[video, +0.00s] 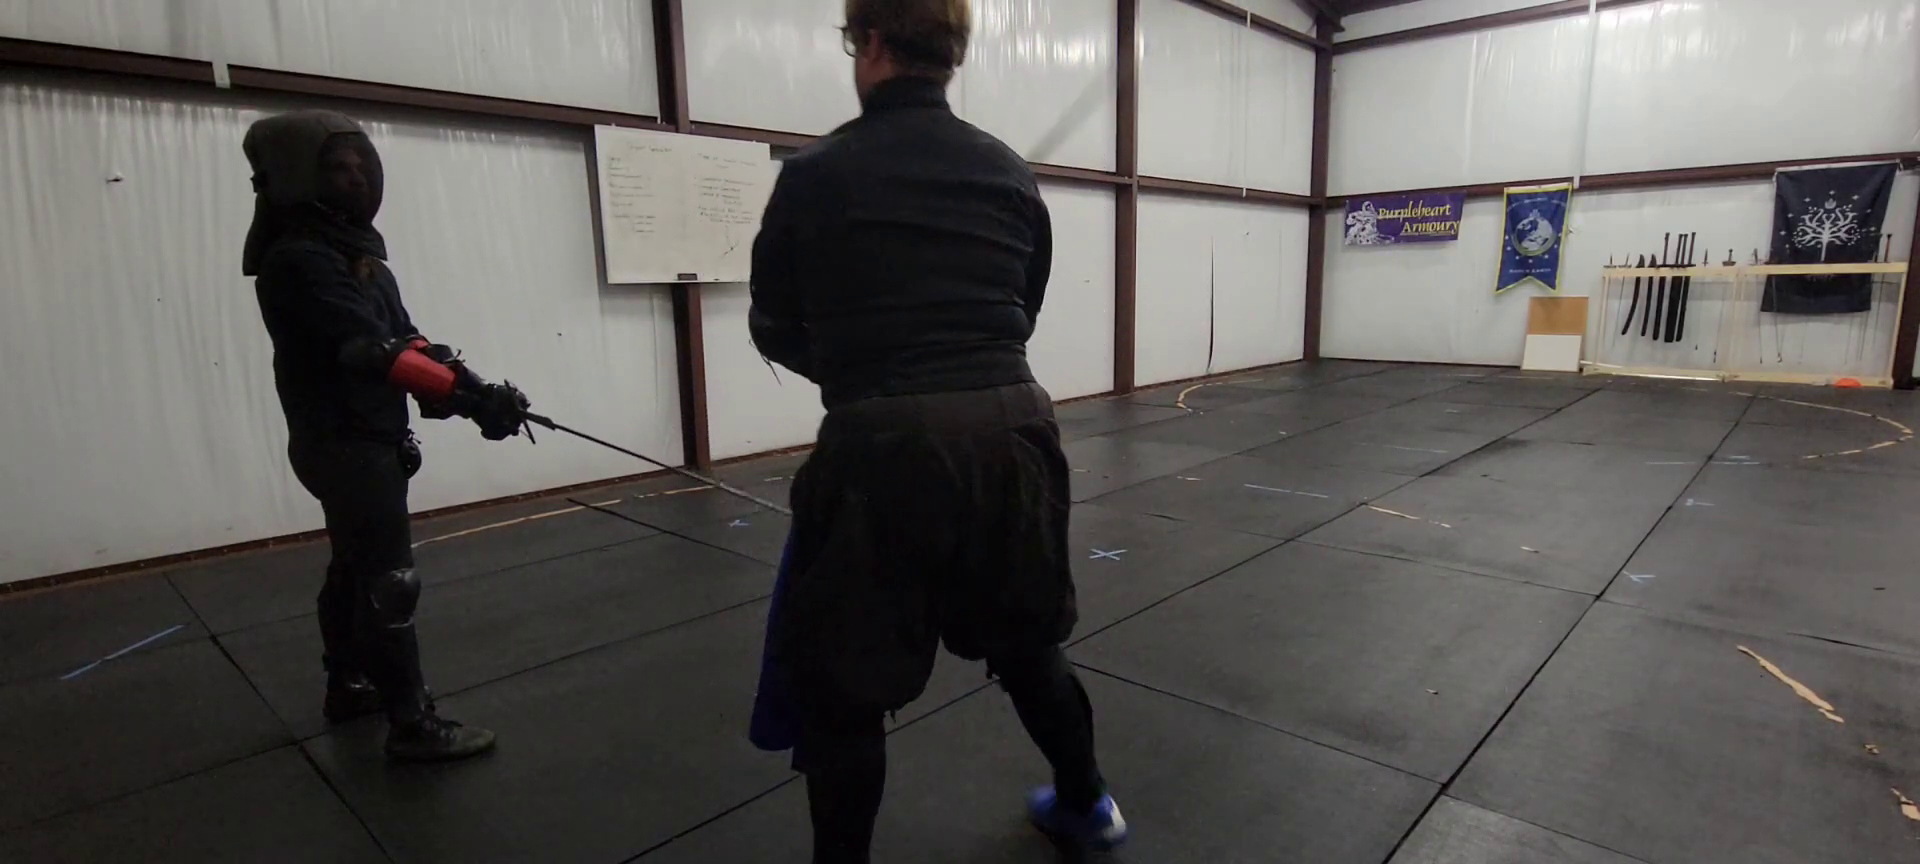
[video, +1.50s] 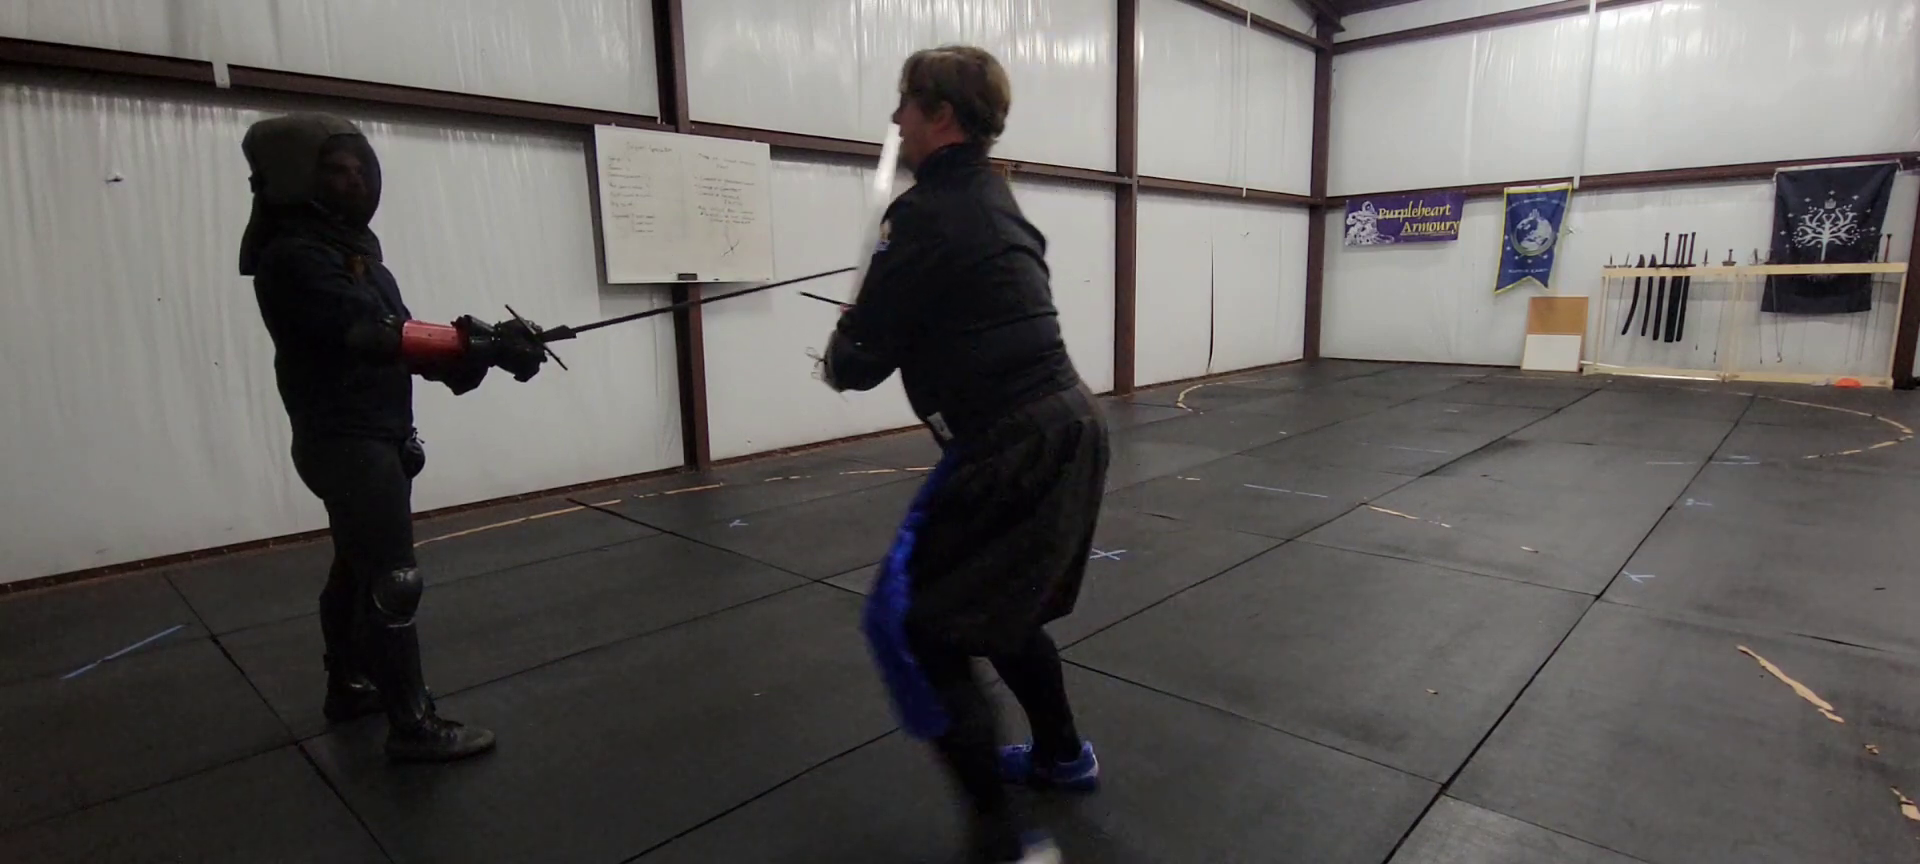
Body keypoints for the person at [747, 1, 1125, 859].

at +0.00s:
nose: (853, 65)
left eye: (854, 46)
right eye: (856, 47)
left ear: (874, 47)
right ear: (953, 54)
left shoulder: (816, 170)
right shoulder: (1004, 164)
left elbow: (774, 326)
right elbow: (1022, 308)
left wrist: (861, 363)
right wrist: (958, 357)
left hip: (875, 445)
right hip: (1007, 432)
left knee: (843, 692)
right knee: (1028, 640)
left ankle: (841, 852)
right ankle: (1087, 803)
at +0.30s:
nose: (944, 65)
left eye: (954, 51)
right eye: (949, 50)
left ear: (989, 63)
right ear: (1022, 71)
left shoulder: (956, 174)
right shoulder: (1062, 170)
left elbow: (892, 304)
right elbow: (1019, 294)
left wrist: (875, 351)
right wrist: (904, 320)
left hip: (998, 429)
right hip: (1092, 412)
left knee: (947, 644)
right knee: (1058, 606)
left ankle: (937, 843)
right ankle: (1076, 782)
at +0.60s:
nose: (987, 70)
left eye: (998, 56)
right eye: (992, 55)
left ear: (1036, 66)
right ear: (1046, 69)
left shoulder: (1044, 171)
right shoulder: (1066, 156)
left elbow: (991, 308)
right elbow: (1007, 292)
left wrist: (928, 366)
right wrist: (921, 336)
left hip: (1099, 425)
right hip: (1096, 415)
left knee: (1124, 634)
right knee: (1064, 609)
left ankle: (1245, 822)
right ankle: (1073, 783)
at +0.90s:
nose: (1022, 95)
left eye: (1030, 80)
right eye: (1025, 78)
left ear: (1070, 87)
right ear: (1090, 90)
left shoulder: (1087, 193)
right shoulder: (1107, 176)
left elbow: (1051, 353)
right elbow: (1043, 318)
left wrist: (973, 375)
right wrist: (943, 346)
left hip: (1159, 449)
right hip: (1144, 436)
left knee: (1195, 657)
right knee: (1047, 575)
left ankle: (1289, 837)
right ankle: (1081, 758)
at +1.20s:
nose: (982, 105)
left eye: (993, 90)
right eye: (987, 89)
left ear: (1033, 101)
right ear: (1053, 104)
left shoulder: (1017, 204)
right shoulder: (1085, 185)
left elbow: (956, 357)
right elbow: (1050, 314)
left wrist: (926, 358)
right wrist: (959, 344)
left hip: (1096, 447)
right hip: (1134, 419)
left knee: (1156, 648)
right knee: (1021, 577)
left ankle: (1281, 826)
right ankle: (1059, 749)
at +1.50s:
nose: (895, 120)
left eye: (904, 107)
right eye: (899, 105)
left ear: (941, 119)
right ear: (969, 124)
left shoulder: (925, 216)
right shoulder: (998, 200)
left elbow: (855, 364)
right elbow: (991, 308)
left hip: (1003, 450)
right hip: (1070, 425)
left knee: (904, 621)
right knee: (998, 601)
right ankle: (1060, 752)